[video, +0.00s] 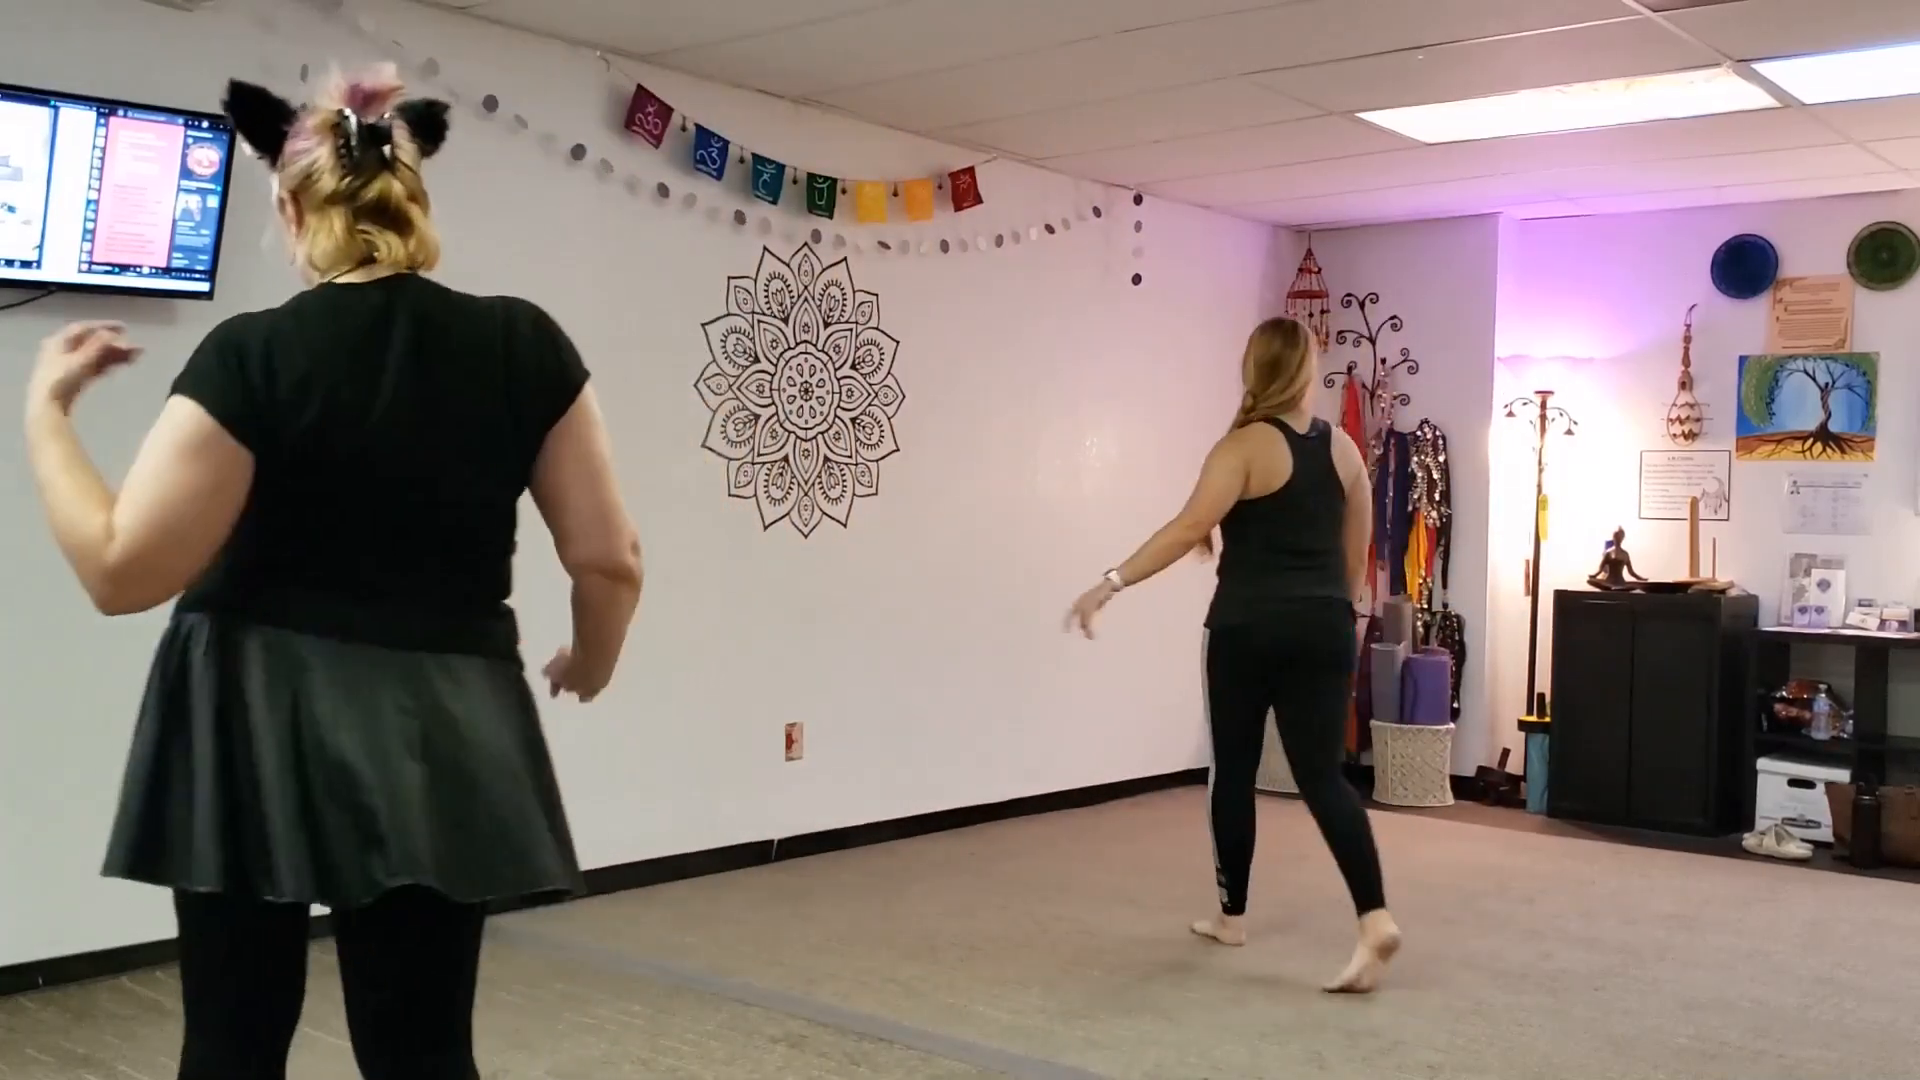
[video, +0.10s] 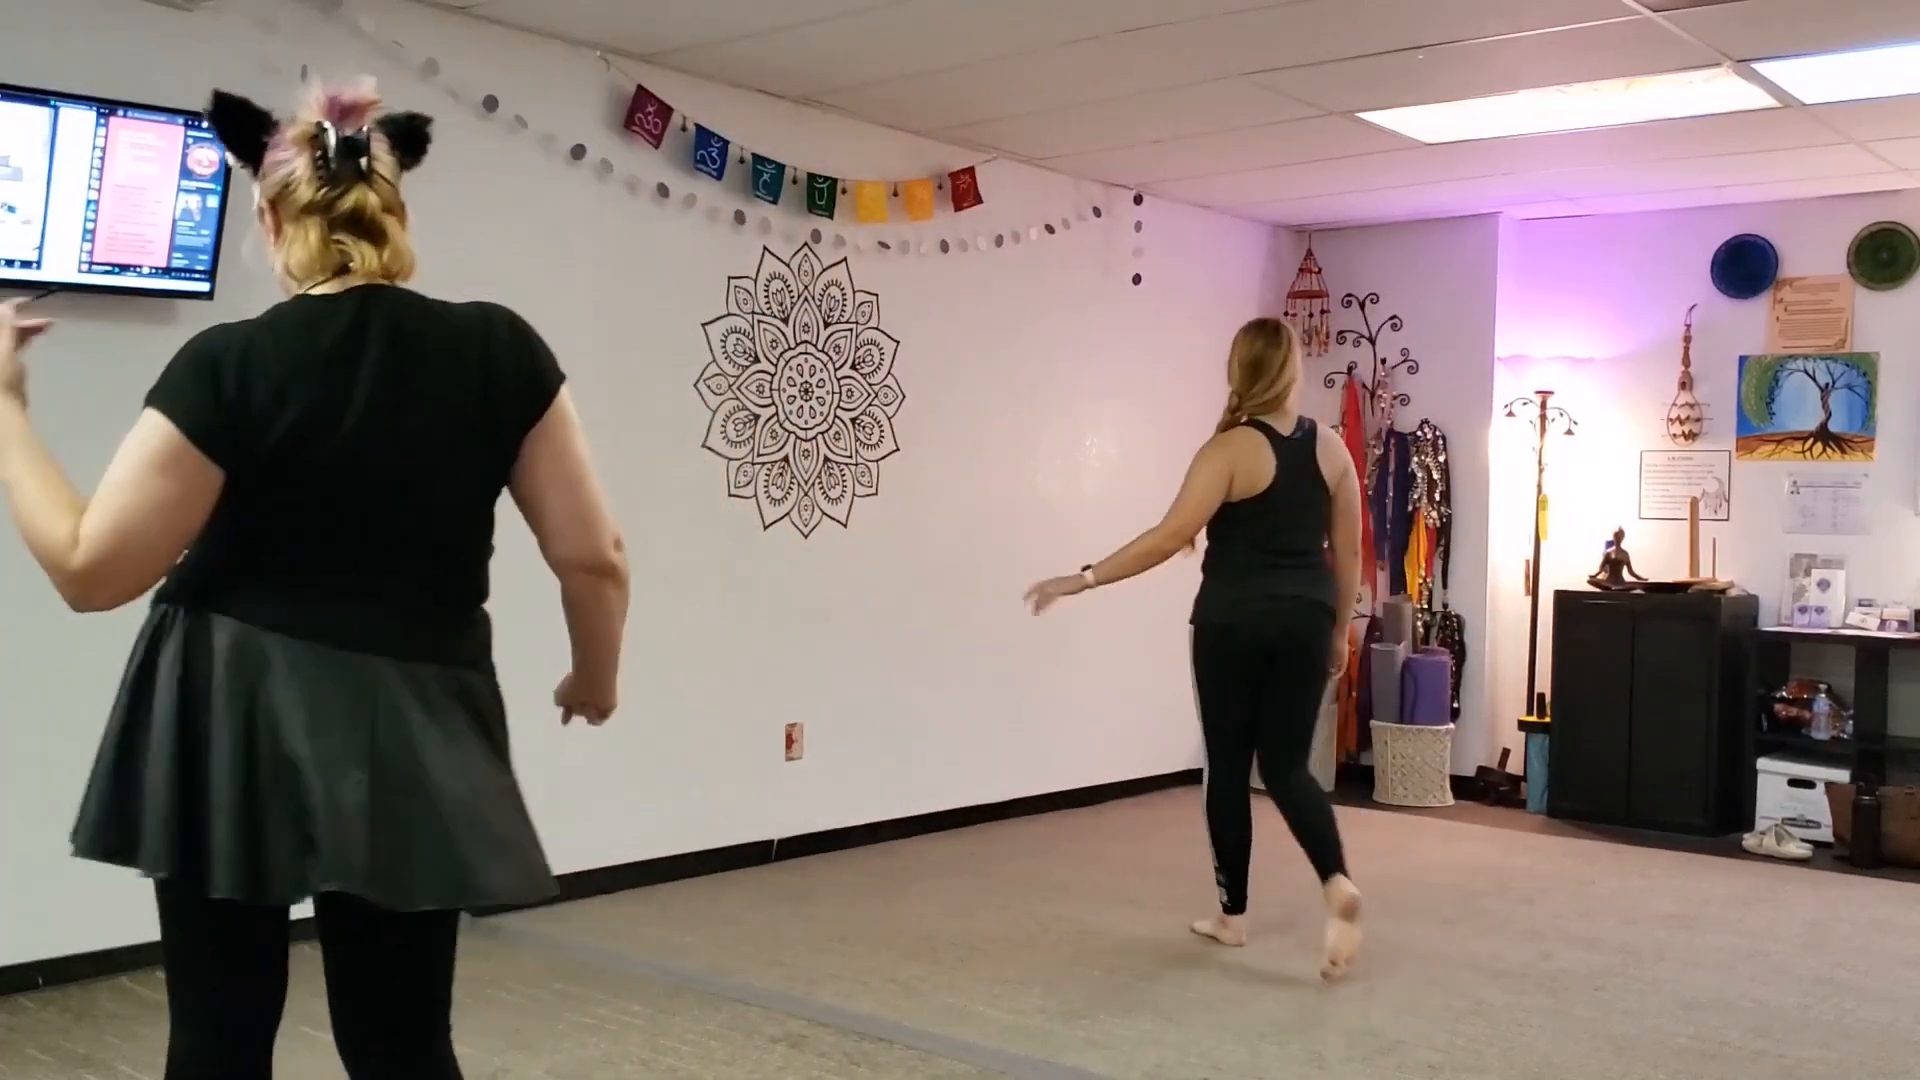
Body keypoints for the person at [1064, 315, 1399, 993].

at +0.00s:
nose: (1320, 373)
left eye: (1316, 361)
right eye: (1317, 364)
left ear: (1254, 372)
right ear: (1307, 374)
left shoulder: (1240, 448)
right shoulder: (1343, 450)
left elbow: (1192, 528)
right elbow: (1356, 547)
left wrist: (1112, 582)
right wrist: (1352, 606)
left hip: (1245, 631)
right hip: (1324, 629)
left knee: (1234, 774)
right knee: (1322, 774)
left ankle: (1231, 914)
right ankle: (1375, 916)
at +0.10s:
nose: (1303, 371)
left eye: (1298, 359)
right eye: (1301, 361)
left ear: (1238, 374)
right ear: (1293, 373)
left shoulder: (1227, 450)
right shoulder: (1330, 450)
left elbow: (1174, 535)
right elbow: (1347, 549)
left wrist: (1084, 579)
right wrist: (1343, 624)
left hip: (1229, 627)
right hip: (1307, 627)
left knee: (1228, 768)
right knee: (1287, 766)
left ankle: (1232, 913)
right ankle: (1337, 881)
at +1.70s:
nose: (1271, 401)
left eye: (1261, 393)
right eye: (1272, 394)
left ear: (1222, 400)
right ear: (1268, 402)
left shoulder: (1198, 466)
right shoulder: (1299, 468)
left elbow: (1160, 535)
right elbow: (1324, 553)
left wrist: (1115, 595)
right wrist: (1350, 623)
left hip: (1204, 612)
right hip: (1266, 616)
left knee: (1256, 713)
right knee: (1233, 729)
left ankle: (1299, 820)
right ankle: (1198, 859)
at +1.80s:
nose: (1283, 404)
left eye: (1270, 397)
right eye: (1282, 398)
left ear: (1233, 404)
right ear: (1279, 405)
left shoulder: (1211, 470)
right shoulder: (1311, 469)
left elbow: (1176, 543)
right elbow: (1333, 554)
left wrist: (1132, 601)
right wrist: (1353, 626)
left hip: (1218, 611)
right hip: (1280, 616)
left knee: (1265, 718)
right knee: (1242, 729)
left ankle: (1292, 834)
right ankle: (1203, 851)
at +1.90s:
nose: (1295, 405)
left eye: (1283, 397)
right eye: (1293, 398)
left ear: (1244, 403)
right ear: (1290, 404)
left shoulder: (1225, 470)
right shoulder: (1323, 463)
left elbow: (1193, 545)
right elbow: (1343, 549)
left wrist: (1148, 601)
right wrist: (1356, 623)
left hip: (1233, 606)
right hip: (1293, 611)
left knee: (1271, 717)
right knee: (1252, 723)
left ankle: (1291, 836)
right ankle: (1208, 840)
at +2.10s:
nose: (1320, 402)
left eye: (1313, 394)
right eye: (1318, 395)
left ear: (1266, 402)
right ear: (1311, 400)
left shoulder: (1248, 469)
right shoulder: (1340, 449)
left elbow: (1226, 543)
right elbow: (1364, 532)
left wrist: (1198, 597)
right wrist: (1376, 604)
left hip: (1260, 600)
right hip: (1317, 601)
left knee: (1286, 717)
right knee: (1301, 721)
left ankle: (1292, 837)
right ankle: (1229, 805)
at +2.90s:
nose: (1427, 403)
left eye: (1427, 395)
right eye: (1417, 396)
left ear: (1408, 406)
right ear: (1388, 405)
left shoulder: (1421, 465)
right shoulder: (1374, 462)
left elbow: (1439, 553)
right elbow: (1334, 533)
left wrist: (1474, 610)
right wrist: (1321, 605)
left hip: (1392, 608)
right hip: (1387, 609)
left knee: (1342, 717)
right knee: (1421, 720)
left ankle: (1296, 826)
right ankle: (1450, 837)